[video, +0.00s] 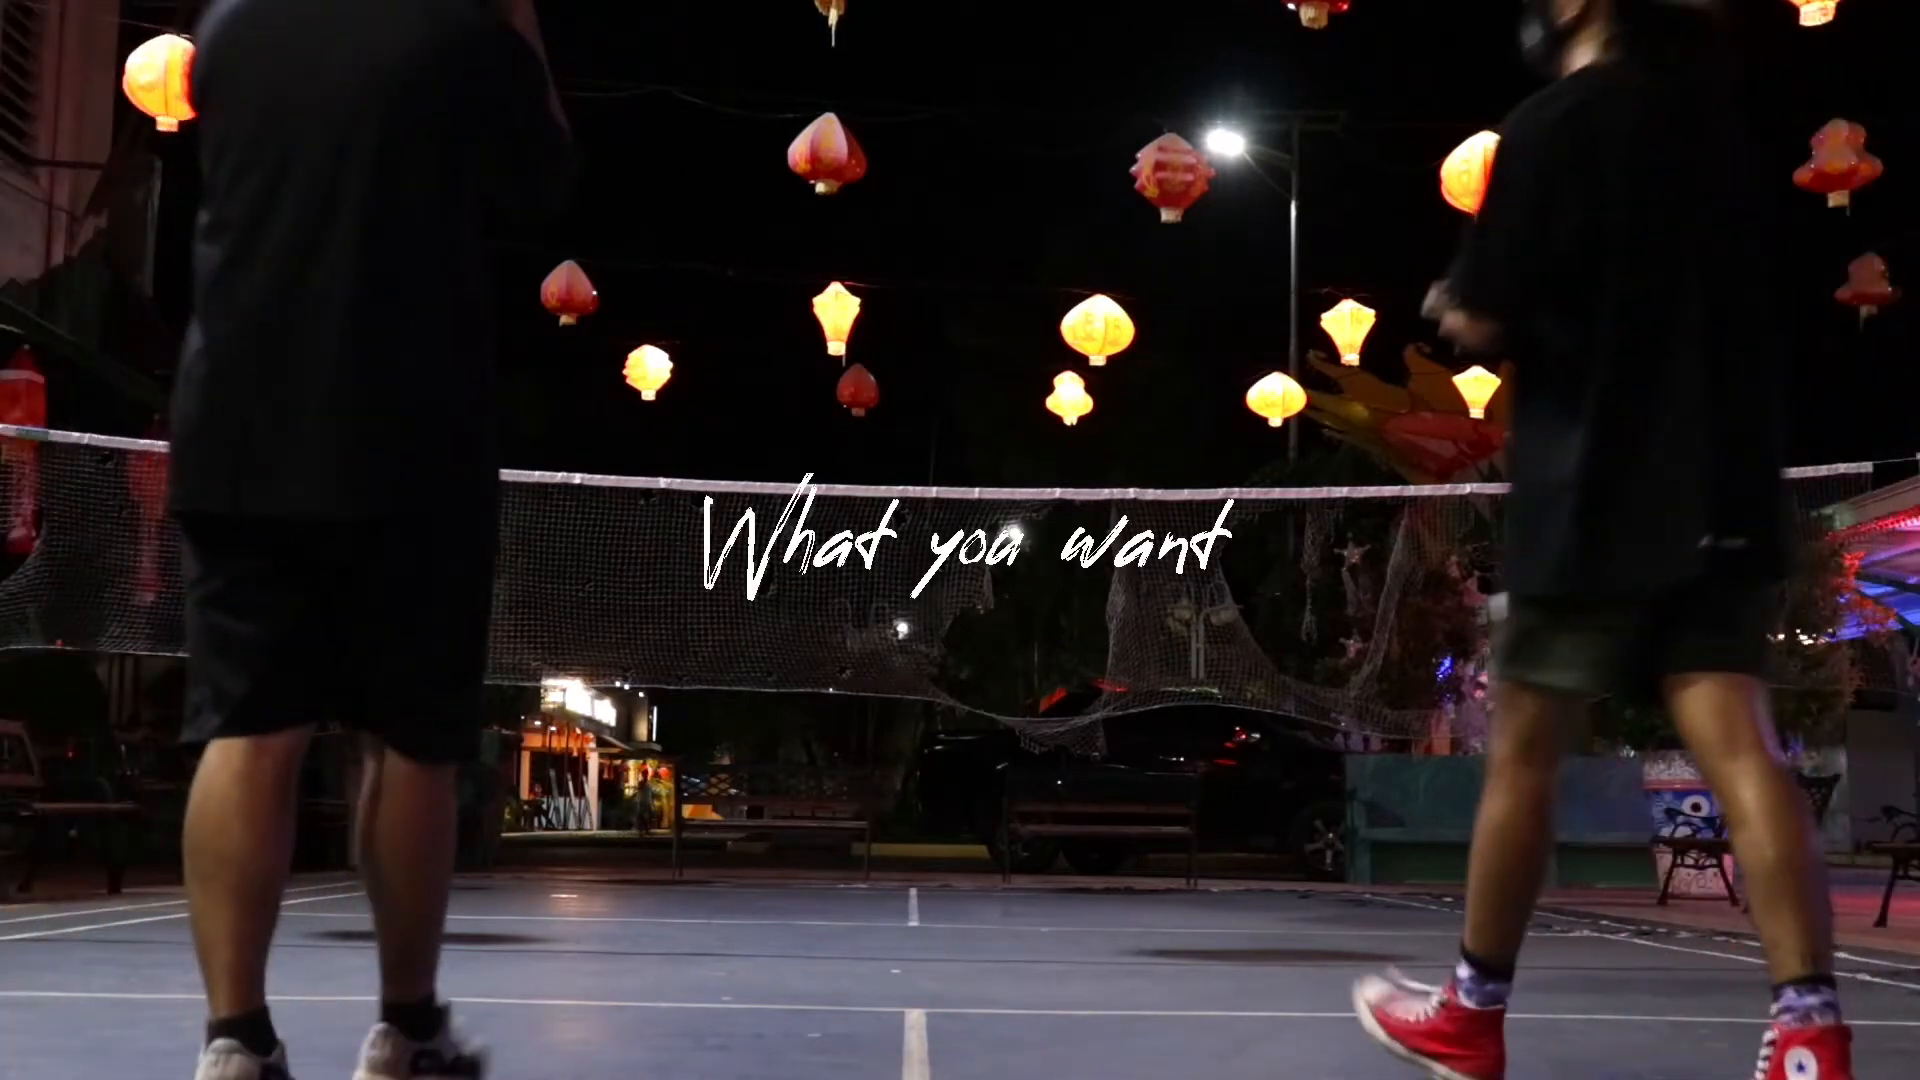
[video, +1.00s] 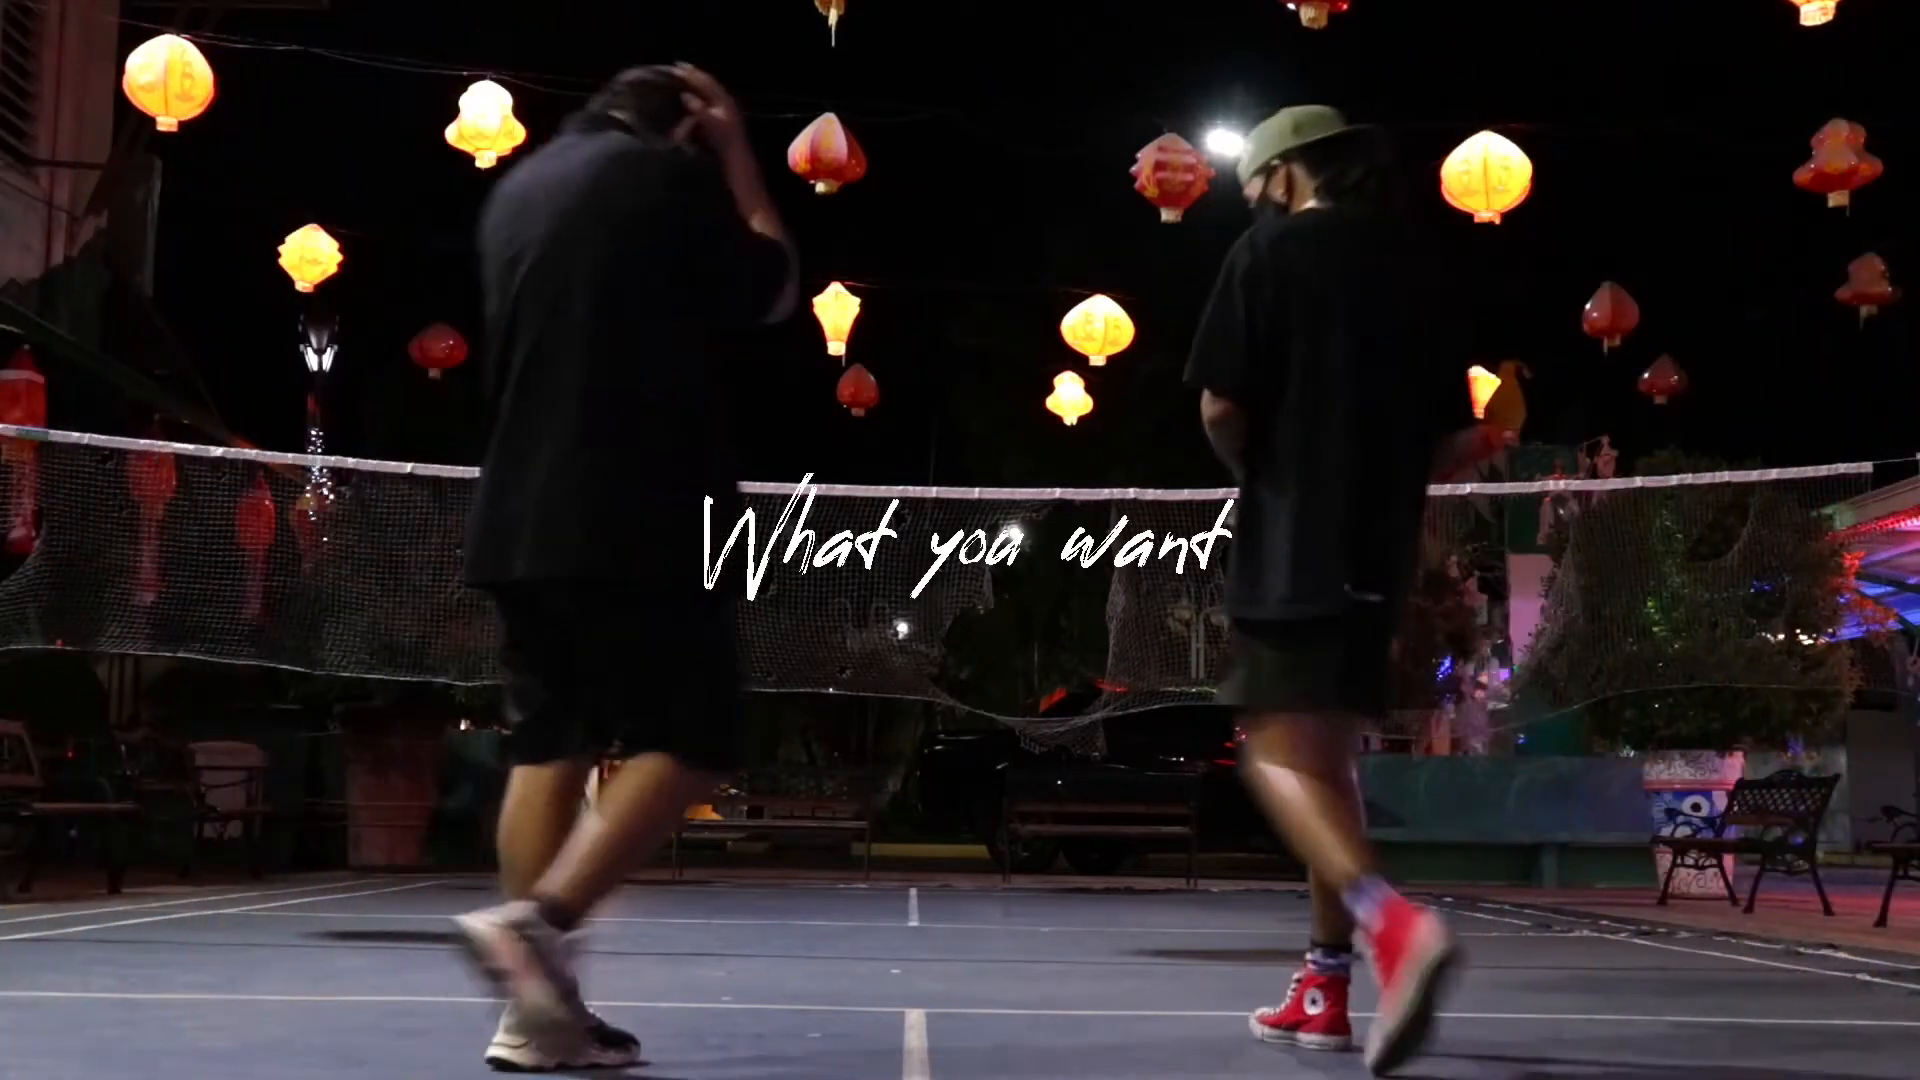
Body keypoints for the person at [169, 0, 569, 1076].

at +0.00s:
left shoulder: (235, 24)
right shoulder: (466, 31)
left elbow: (196, 230)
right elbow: (540, 207)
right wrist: (522, 36)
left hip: (238, 428)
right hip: (417, 439)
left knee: (247, 722)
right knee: (415, 734)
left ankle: (234, 1037)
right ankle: (407, 1027)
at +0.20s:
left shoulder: (285, 71)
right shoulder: (513, 87)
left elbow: (284, 234)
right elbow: (573, 228)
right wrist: (562, 73)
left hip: (287, 466)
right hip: (453, 473)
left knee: (275, 727)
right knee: (430, 748)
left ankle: (240, 1012)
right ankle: (415, 1026)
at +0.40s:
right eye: (546, 26)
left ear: (425, 19)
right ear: (533, 27)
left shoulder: (347, 103)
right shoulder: (566, 115)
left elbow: (379, 208)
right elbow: (605, 241)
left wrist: (415, 54)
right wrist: (587, 88)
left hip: (362, 463)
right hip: (515, 472)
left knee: (328, 708)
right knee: (462, 746)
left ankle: (283, 926)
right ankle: (417, 1024)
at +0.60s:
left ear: (457, 64)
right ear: (575, 67)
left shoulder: (394, 137)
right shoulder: (604, 139)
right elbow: (641, 273)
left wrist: (477, 81)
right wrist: (618, 109)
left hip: (410, 482)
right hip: (547, 487)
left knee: (415, 747)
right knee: (485, 755)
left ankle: (431, 994)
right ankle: (414, 1026)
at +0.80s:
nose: (636, 105)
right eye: (633, 98)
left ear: (522, 97)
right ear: (619, 106)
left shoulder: (443, 177)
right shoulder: (637, 167)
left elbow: (452, 299)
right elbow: (707, 293)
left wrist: (514, 135)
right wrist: (672, 147)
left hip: (464, 504)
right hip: (587, 507)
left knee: (503, 757)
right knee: (520, 760)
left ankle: (538, 1005)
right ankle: (420, 1018)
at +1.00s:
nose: (712, 153)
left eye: (712, 137)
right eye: (711, 138)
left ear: (602, 111)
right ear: (687, 125)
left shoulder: (514, 190)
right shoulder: (668, 180)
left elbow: (514, 353)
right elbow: (776, 300)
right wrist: (741, 171)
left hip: (520, 511)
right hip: (641, 511)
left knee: (546, 743)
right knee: (690, 738)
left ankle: (536, 1017)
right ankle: (540, 918)